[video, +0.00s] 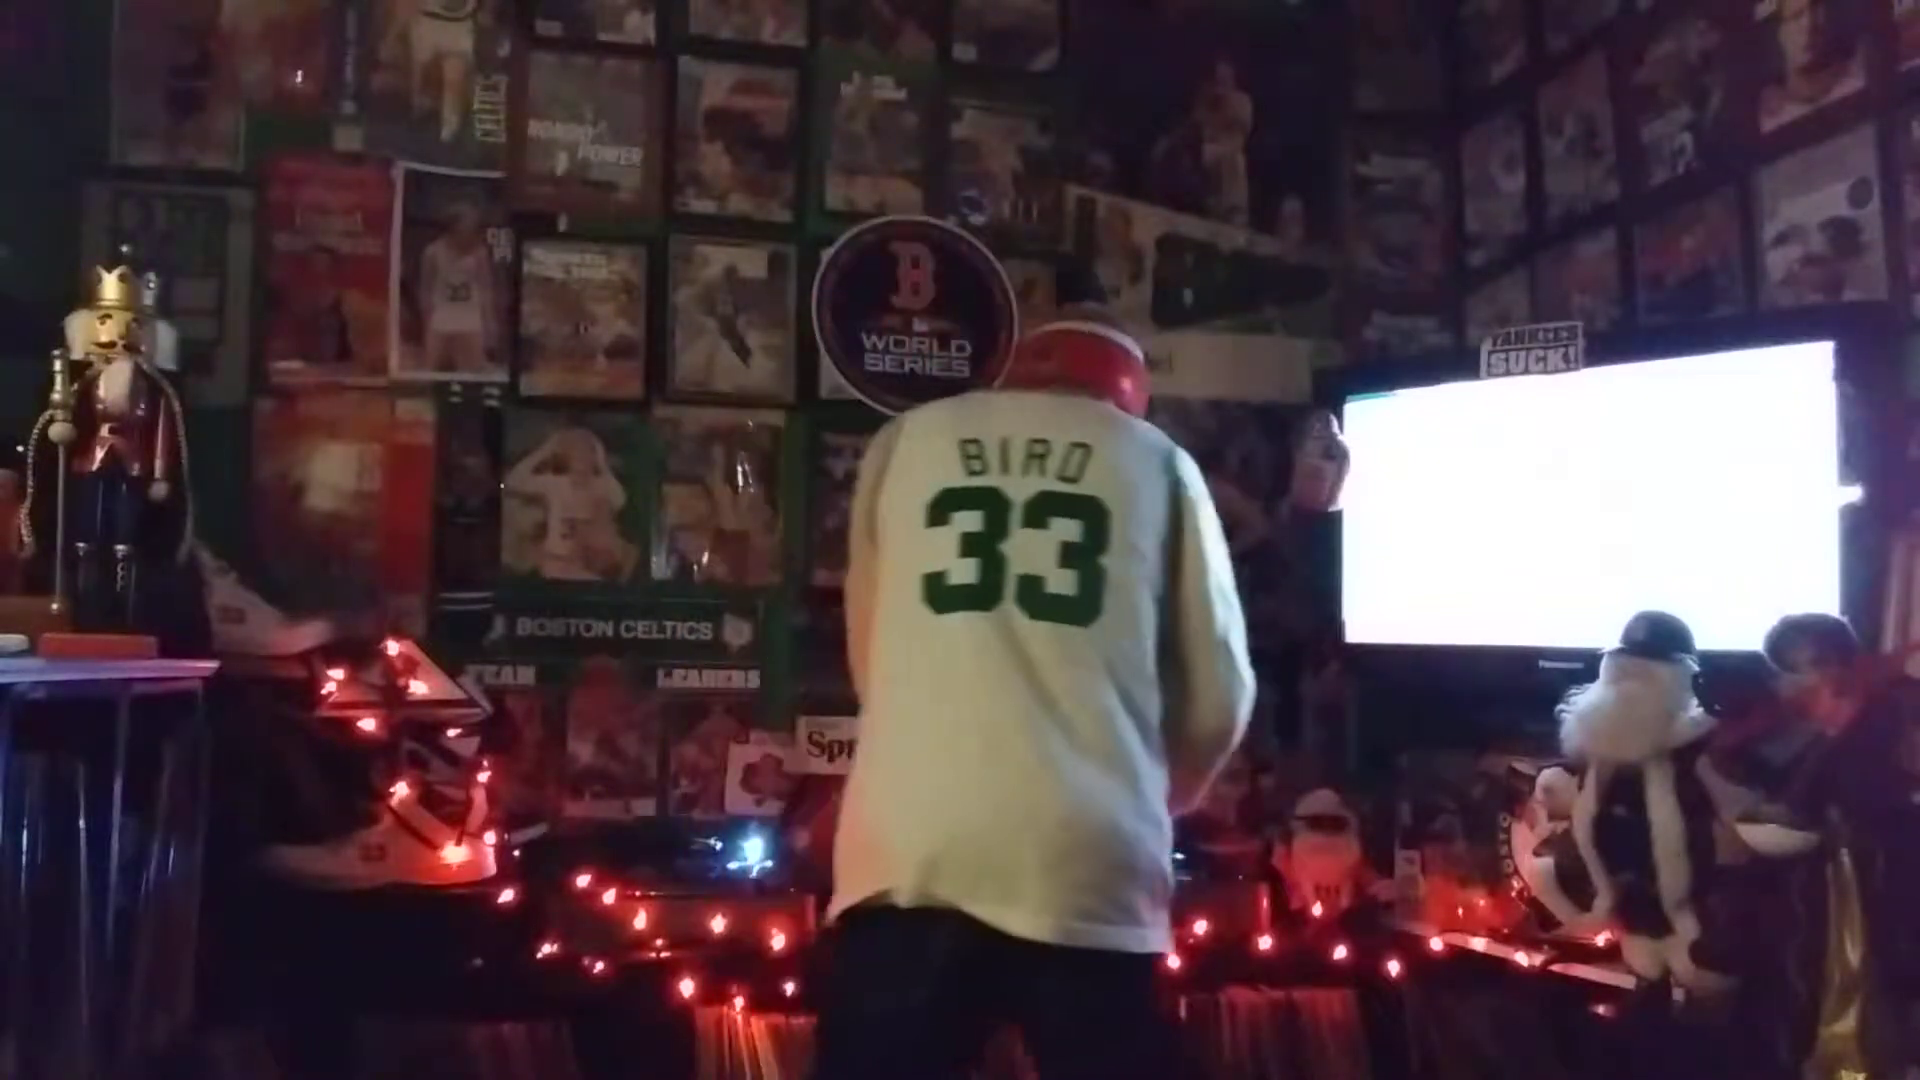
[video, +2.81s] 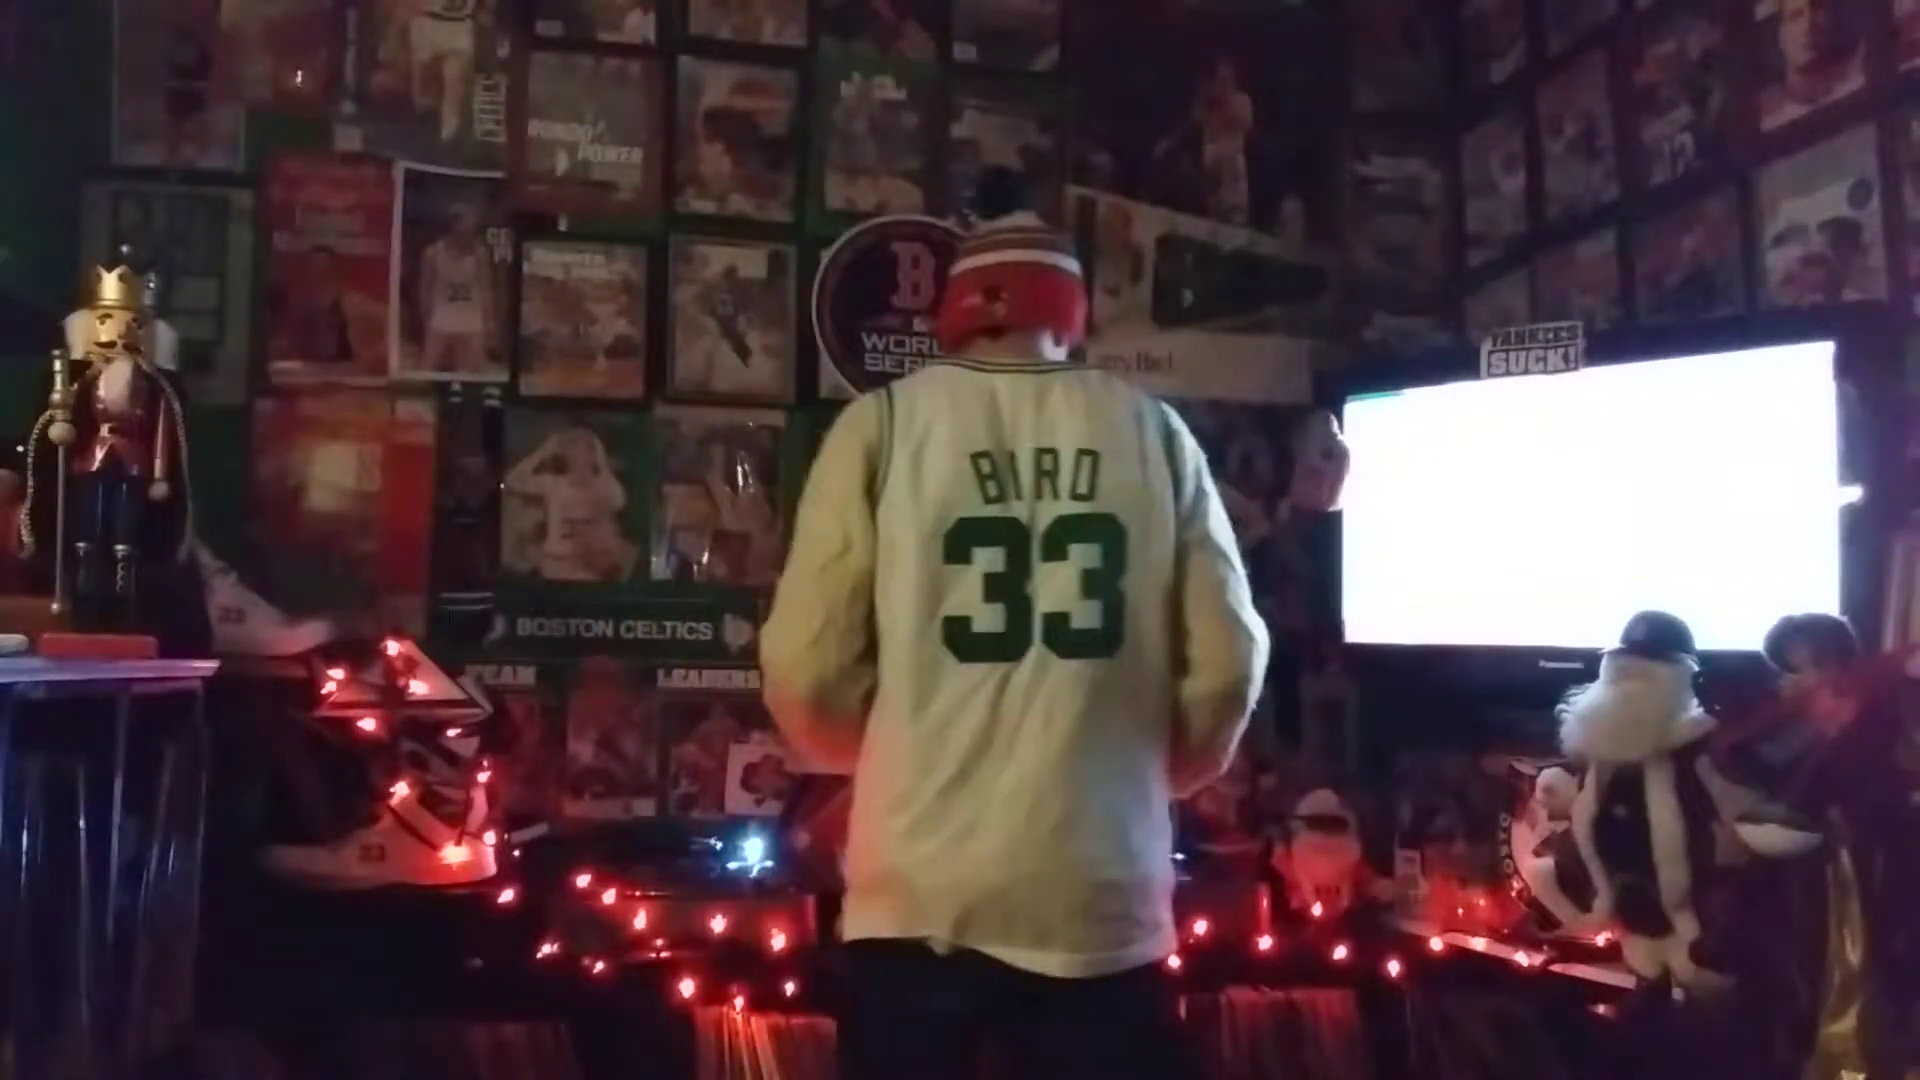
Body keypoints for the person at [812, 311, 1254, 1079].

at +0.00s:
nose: (1144, 413)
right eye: (1141, 402)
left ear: (1014, 370)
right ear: (1128, 396)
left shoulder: (903, 440)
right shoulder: (1159, 461)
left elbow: (868, 656)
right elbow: (1218, 699)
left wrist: (932, 767)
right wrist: (1140, 816)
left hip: (902, 859)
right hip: (1089, 871)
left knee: (873, 1065)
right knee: (1113, 1066)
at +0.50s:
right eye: (1152, 382)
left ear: (1039, 357)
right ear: (1149, 382)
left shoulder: (950, 422)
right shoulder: (1209, 468)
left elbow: (895, 647)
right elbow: (1221, 705)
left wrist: (966, 762)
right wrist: (1129, 791)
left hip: (976, 825)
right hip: (1155, 851)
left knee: (925, 1064)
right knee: (1144, 1064)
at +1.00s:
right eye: (1053, 353)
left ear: (919, 357)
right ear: (1034, 357)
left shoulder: (871, 423)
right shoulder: (1127, 452)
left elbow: (803, 651)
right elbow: (1160, 690)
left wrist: (882, 753)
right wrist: (1095, 795)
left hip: (912, 856)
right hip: (1094, 865)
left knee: (892, 1067)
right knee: (1104, 1068)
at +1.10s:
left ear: (880, 344)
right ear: (1006, 346)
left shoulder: (840, 425)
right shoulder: (1099, 451)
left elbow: (779, 662)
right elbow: (1133, 688)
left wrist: (875, 761)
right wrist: (1067, 794)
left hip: (890, 852)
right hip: (1070, 859)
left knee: (865, 1069)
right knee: (1088, 1071)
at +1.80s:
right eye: (877, 341)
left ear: (756, 354)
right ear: (876, 350)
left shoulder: (711, 434)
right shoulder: (972, 439)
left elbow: (649, 687)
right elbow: (1029, 687)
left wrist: (772, 734)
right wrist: (975, 793)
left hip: (792, 890)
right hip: (981, 888)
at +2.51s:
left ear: (879, 321)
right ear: (1003, 326)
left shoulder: (821, 424)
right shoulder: (1091, 431)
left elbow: (746, 677)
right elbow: (1162, 664)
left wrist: (845, 764)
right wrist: (1062, 783)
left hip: (864, 895)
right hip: (1048, 901)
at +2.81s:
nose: (940, 317)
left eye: (947, 302)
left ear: (960, 312)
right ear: (1074, 324)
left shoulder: (881, 421)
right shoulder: (1155, 429)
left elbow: (803, 672)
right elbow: (1228, 667)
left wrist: (907, 749)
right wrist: (1134, 781)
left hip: (912, 913)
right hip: (1103, 918)